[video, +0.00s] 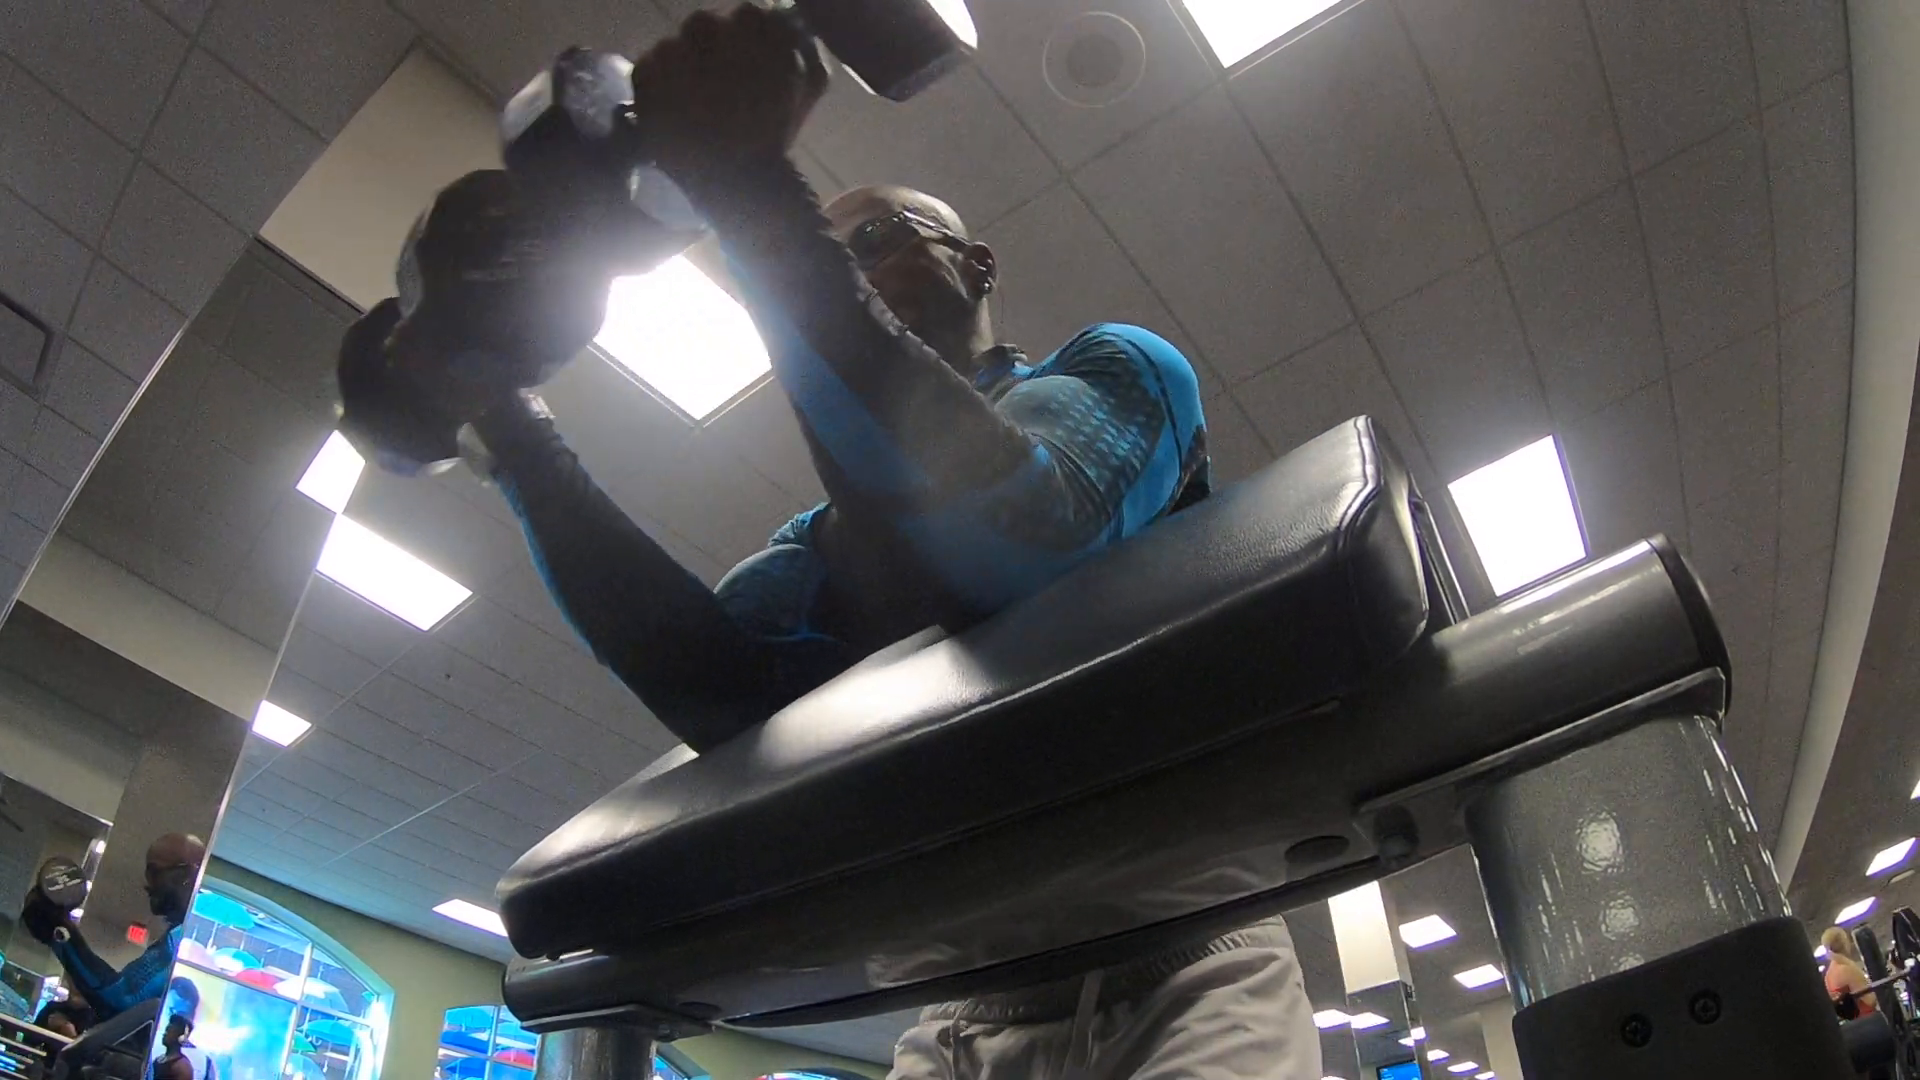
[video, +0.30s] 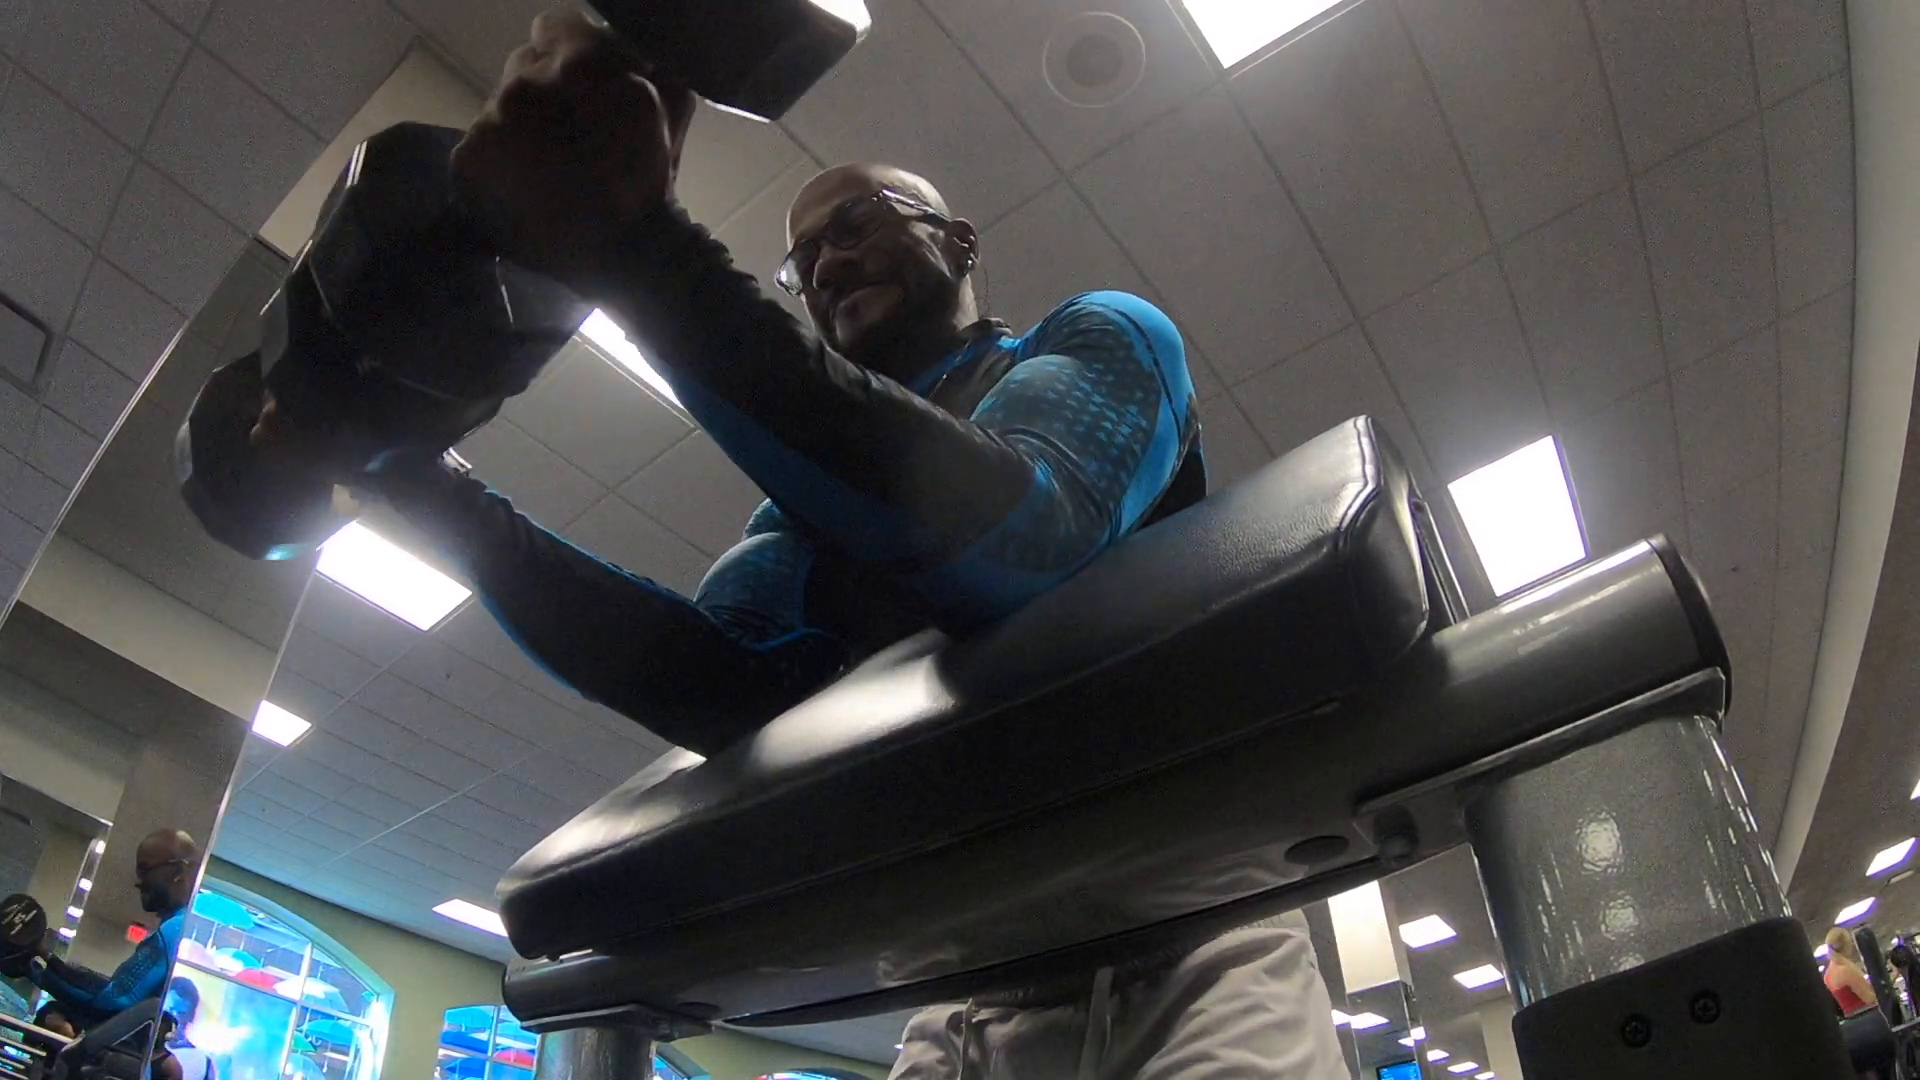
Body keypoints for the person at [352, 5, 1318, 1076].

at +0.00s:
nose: (852, 275)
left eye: (888, 239)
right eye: (823, 265)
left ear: (978, 270)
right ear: (807, 322)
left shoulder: (1120, 369)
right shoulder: (838, 538)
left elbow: (1016, 538)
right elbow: (719, 692)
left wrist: (744, 191)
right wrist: (509, 428)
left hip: (1199, 960)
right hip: (964, 1021)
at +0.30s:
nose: (818, 267)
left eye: (850, 226)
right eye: (799, 263)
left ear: (955, 241)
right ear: (802, 314)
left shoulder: (1099, 341)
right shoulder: (823, 505)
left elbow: (1034, 541)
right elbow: (715, 682)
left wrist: (640, 259)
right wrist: (407, 484)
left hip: (1211, 940)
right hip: (971, 1001)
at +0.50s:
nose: (815, 261)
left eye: (849, 224)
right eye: (799, 258)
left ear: (956, 237)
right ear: (812, 310)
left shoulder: (1101, 329)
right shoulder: (822, 495)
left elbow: (1019, 541)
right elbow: (701, 696)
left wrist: (589, 328)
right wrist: (374, 560)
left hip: (1206, 939)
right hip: (974, 998)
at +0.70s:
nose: (816, 261)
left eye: (848, 223)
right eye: (799, 258)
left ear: (955, 230)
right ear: (808, 315)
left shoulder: (1097, 328)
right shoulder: (826, 508)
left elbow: (985, 557)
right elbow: (699, 697)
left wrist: (554, 457)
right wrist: (399, 664)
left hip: (1194, 948)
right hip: (960, 1004)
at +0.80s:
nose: (817, 261)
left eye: (848, 218)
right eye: (795, 253)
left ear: (952, 225)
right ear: (798, 308)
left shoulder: (1091, 322)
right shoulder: (809, 511)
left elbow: (968, 570)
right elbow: (672, 717)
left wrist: (558, 561)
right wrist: (430, 683)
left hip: (1186, 942)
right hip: (954, 1002)